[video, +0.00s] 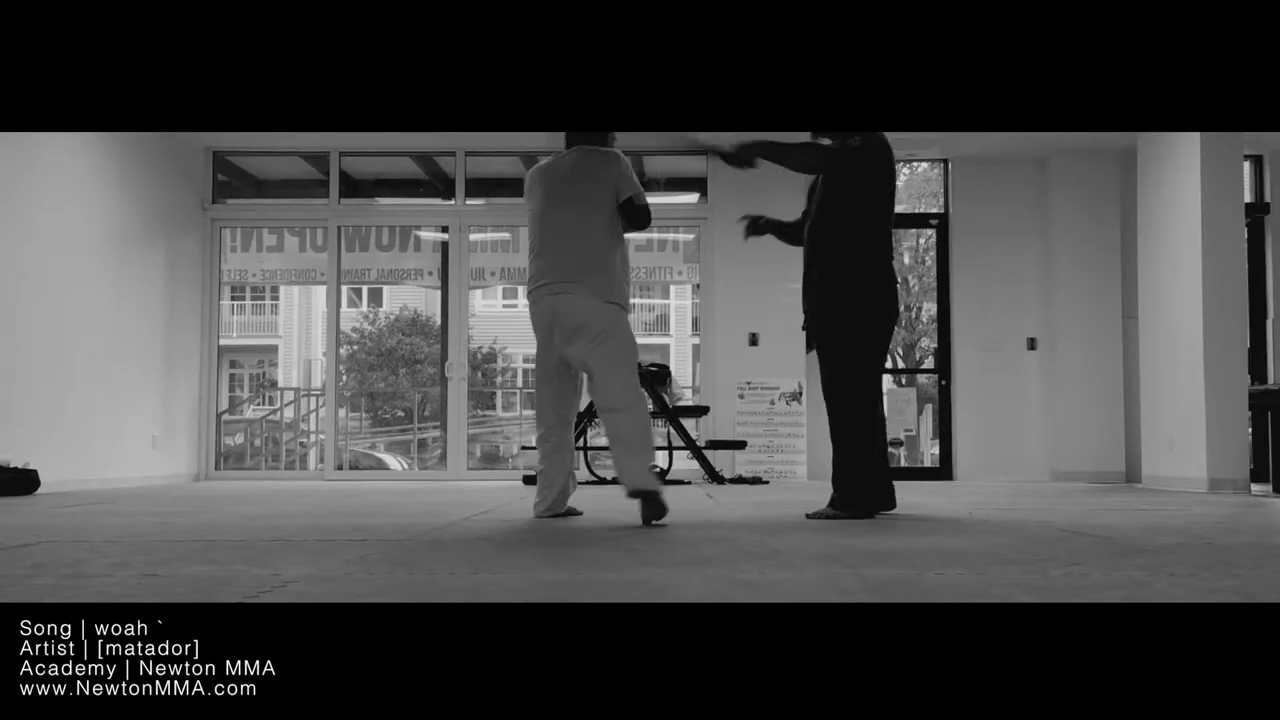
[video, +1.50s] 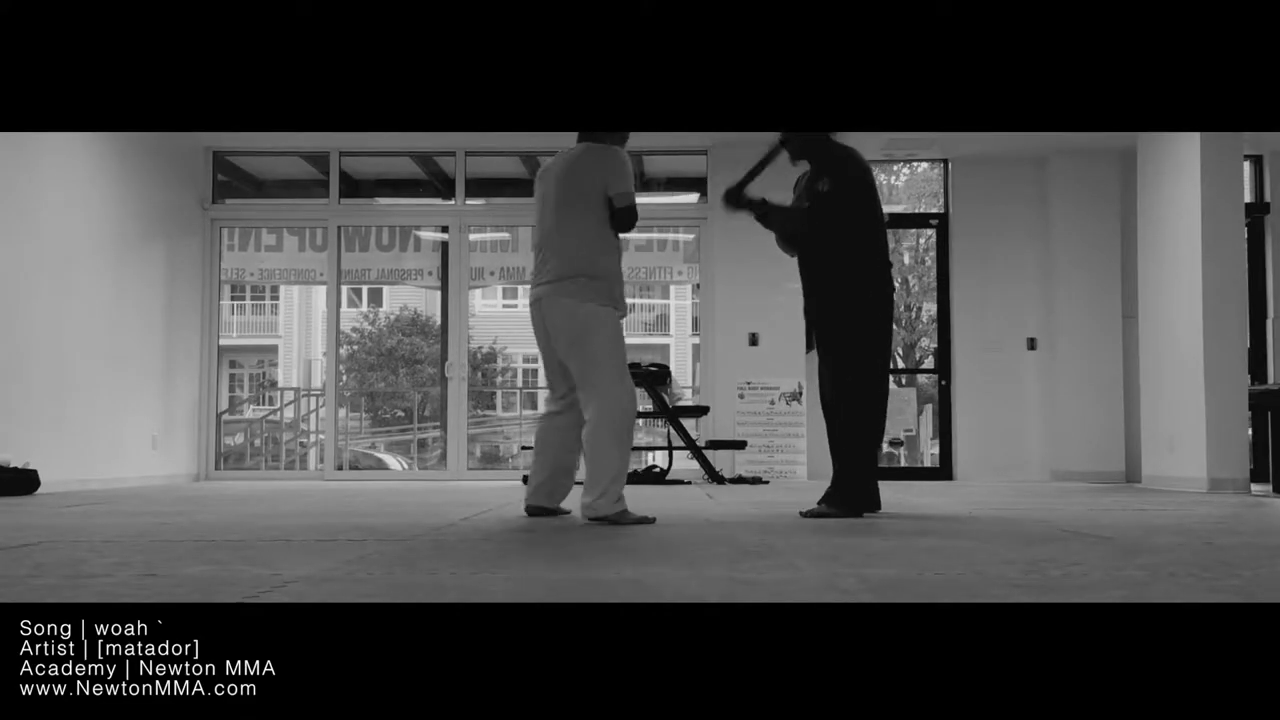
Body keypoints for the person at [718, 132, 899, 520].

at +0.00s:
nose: (814, 139)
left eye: (818, 136)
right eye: (814, 137)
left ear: (835, 129)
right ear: (832, 138)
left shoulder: (868, 148)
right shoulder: (832, 168)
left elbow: (816, 157)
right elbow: (810, 232)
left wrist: (754, 148)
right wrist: (771, 225)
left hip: (859, 300)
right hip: (838, 301)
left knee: (850, 399)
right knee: (854, 398)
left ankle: (854, 499)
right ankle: (873, 492)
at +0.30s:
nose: (808, 135)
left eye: (812, 132)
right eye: (809, 133)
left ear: (830, 128)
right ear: (844, 127)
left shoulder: (861, 154)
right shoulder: (842, 160)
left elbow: (829, 189)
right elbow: (811, 230)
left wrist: (790, 160)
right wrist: (757, 216)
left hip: (855, 302)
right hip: (839, 301)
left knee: (849, 399)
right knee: (851, 399)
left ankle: (853, 498)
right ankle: (867, 491)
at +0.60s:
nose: (811, 145)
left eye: (815, 139)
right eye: (812, 141)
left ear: (827, 135)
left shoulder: (850, 151)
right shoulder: (853, 159)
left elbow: (790, 177)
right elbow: (820, 234)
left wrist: (729, 148)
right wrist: (775, 209)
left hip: (851, 300)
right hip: (853, 299)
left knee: (847, 398)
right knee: (850, 397)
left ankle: (852, 500)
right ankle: (857, 495)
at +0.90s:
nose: (795, 146)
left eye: (797, 138)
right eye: (794, 140)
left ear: (814, 134)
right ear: (832, 134)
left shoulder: (841, 159)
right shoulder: (842, 173)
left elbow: (778, 171)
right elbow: (815, 257)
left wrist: (719, 176)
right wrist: (787, 230)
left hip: (841, 308)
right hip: (850, 307)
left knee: (836, 400)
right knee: (846, 400)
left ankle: (838, 498)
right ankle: (858, 495)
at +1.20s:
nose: (791, 150)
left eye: (794, 143)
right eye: (788, 146)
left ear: (814, 139)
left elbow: (815, 165)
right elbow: (804, 261)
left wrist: (756, 143)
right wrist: (786, 237)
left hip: (857, 309)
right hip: (827, 313)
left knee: (847, 399)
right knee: (833, 401)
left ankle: (842, 497)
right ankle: (857, 493)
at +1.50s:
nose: (785, 148)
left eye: (788, 139)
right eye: (784, 141)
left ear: (806, 135)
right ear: (807, 140)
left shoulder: (841, 166)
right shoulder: (809, 178)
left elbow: (813, 227)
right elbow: (798, 242)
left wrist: (756, 205)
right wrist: (772, 216)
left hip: (857, 308)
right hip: (833, 309)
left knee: (852, 397)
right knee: (839, 398)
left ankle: (852, 495)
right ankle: (851, 493)